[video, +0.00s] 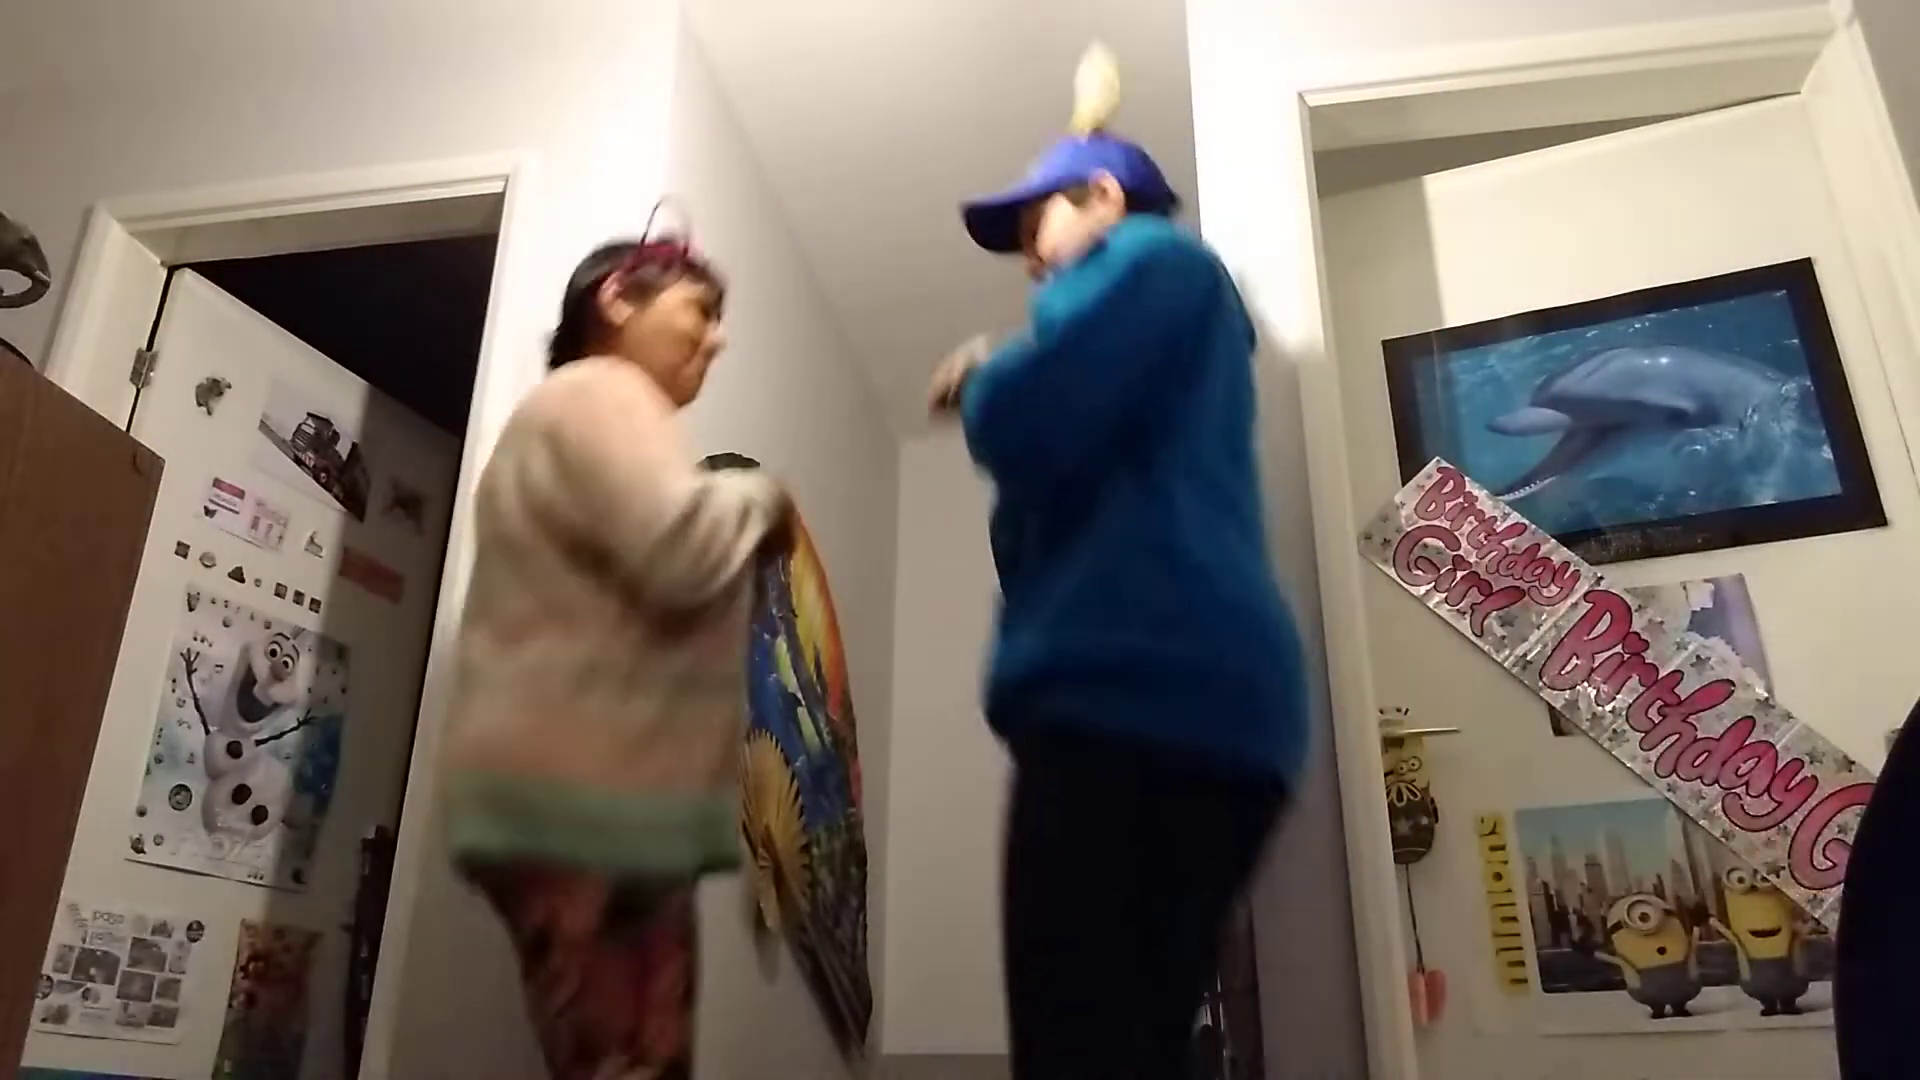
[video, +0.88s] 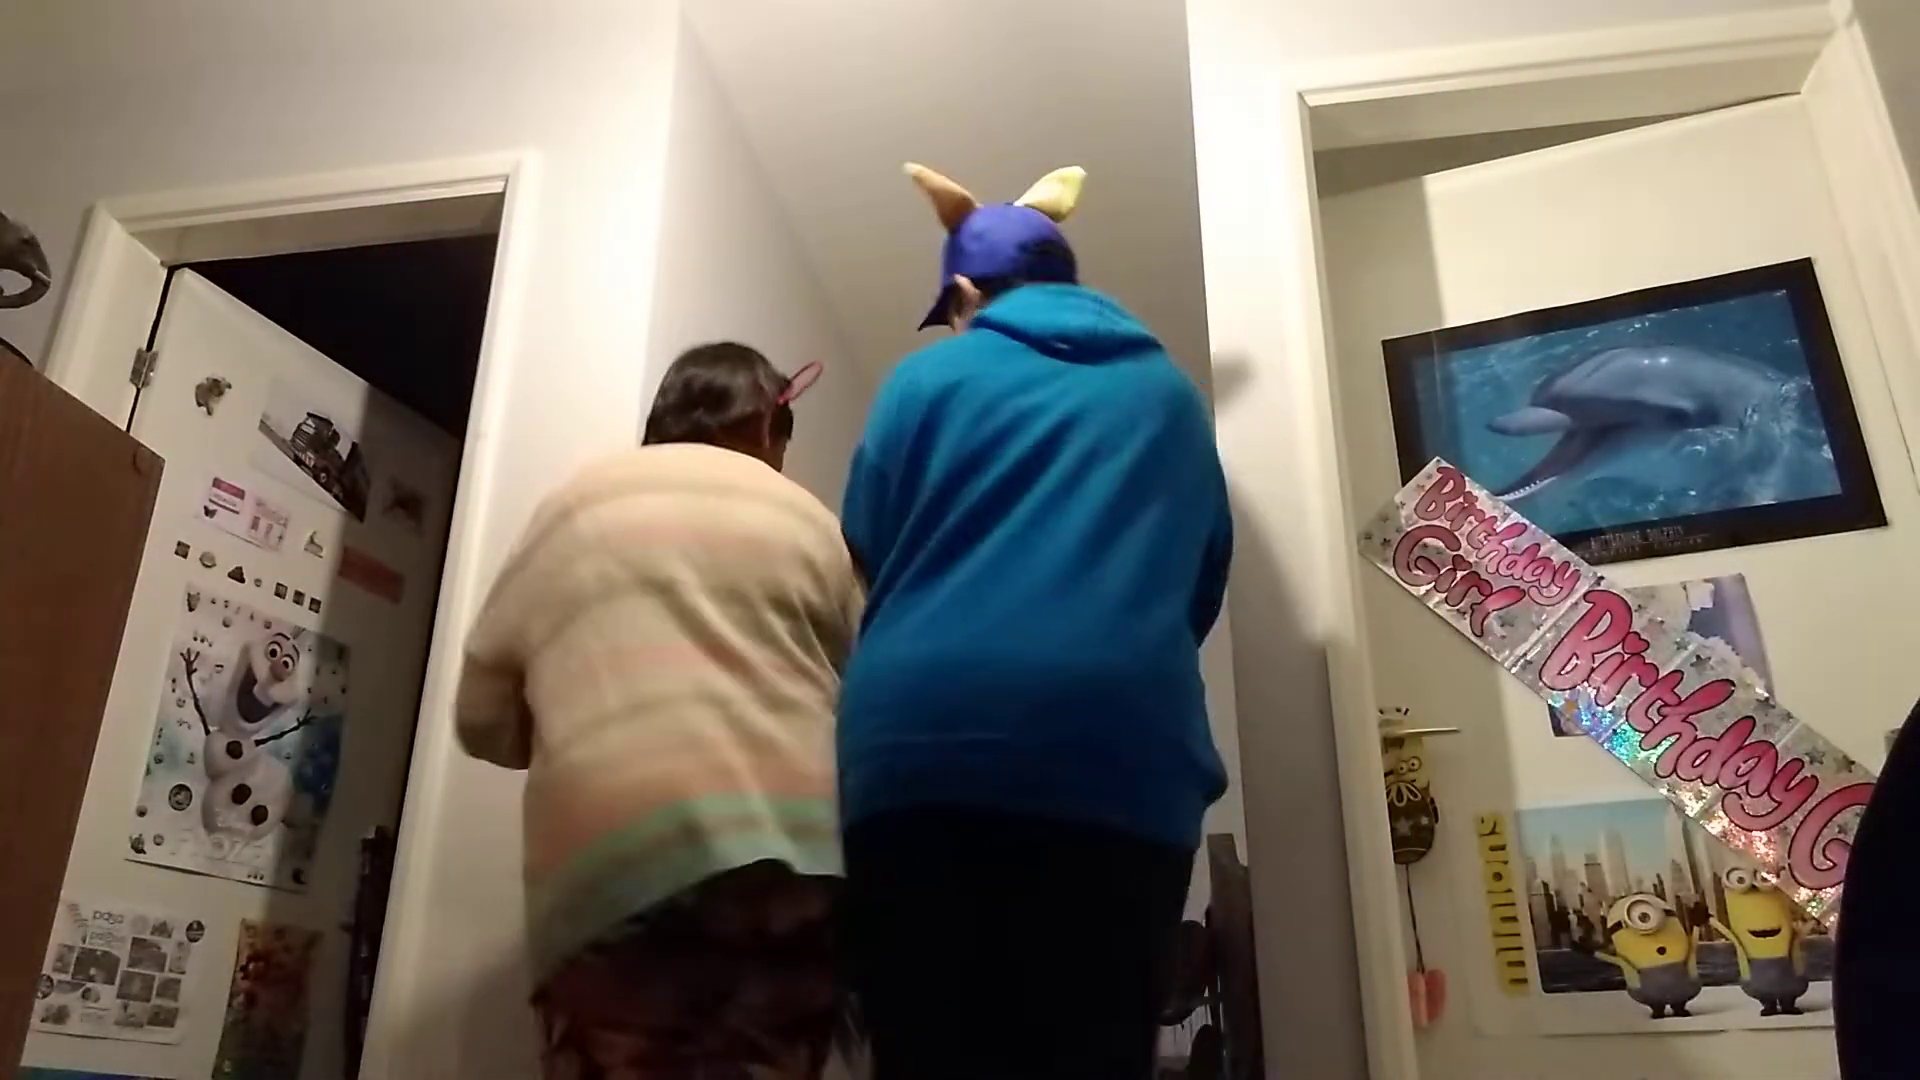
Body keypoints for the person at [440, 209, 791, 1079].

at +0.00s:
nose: (716, 337)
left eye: (717, 319)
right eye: (699, 308)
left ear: (623, 309)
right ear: (618, 304)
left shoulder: (559, 409)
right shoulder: (603, 396)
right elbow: (677, 558)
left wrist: (717, 498)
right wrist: (762, 495)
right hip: (596, 807)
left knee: (619, 1057)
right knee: (631, 1058)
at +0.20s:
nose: (762, 392)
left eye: (762, 368)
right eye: (748, 362)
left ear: (667, 358)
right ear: (678, 352)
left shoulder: (577, 471)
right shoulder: (668, 453)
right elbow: (739, 651)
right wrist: (800, 576)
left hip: (531, 896)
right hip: (651, 907)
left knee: (568, 1066)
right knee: (674, 1064)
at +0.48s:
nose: (801, 423)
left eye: (802, 403)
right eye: (795, 398)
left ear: (683, 385)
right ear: (744, 383)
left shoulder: (580, 480)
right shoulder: (763, 482)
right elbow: (825, 689)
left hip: (514, 867)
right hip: (682, 880)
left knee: (553, 1067)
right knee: (700, 1065)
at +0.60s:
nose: (800, 425)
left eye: (802, 404)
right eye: (798, 400)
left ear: (674, 385)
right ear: (761, 382)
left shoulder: (572, 479)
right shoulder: (793, 492)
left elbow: (491, 673)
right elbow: (843, 698)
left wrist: (539, 755)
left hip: (516, 843)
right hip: (702, 854)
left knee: (547, 1064)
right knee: (699, 1064)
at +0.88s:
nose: (784, 457)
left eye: (785, 436)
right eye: (784, 435)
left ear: (664, 421)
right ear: (764, 425)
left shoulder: (569, 506)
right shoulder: (811, 520)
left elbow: (482, 718)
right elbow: (859, 663)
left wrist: (593, 730)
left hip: (601, 864)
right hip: (799, 843)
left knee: (615, 1059)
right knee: (777, 1058)